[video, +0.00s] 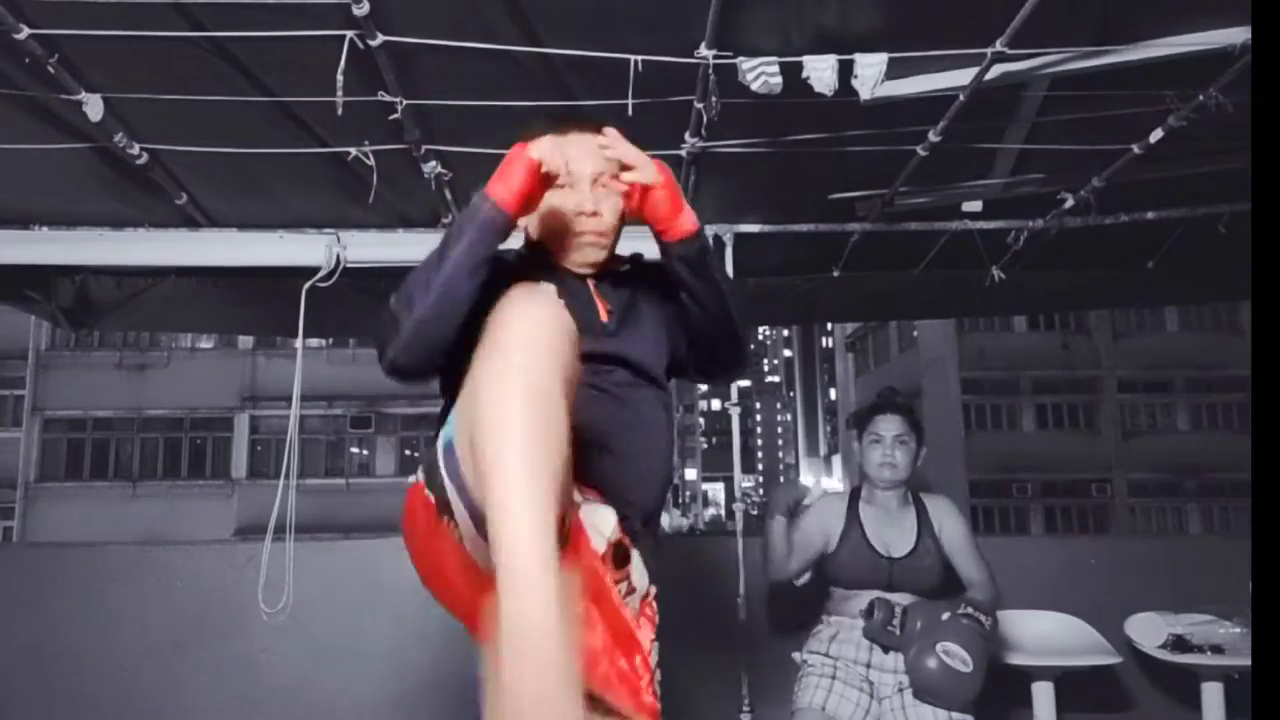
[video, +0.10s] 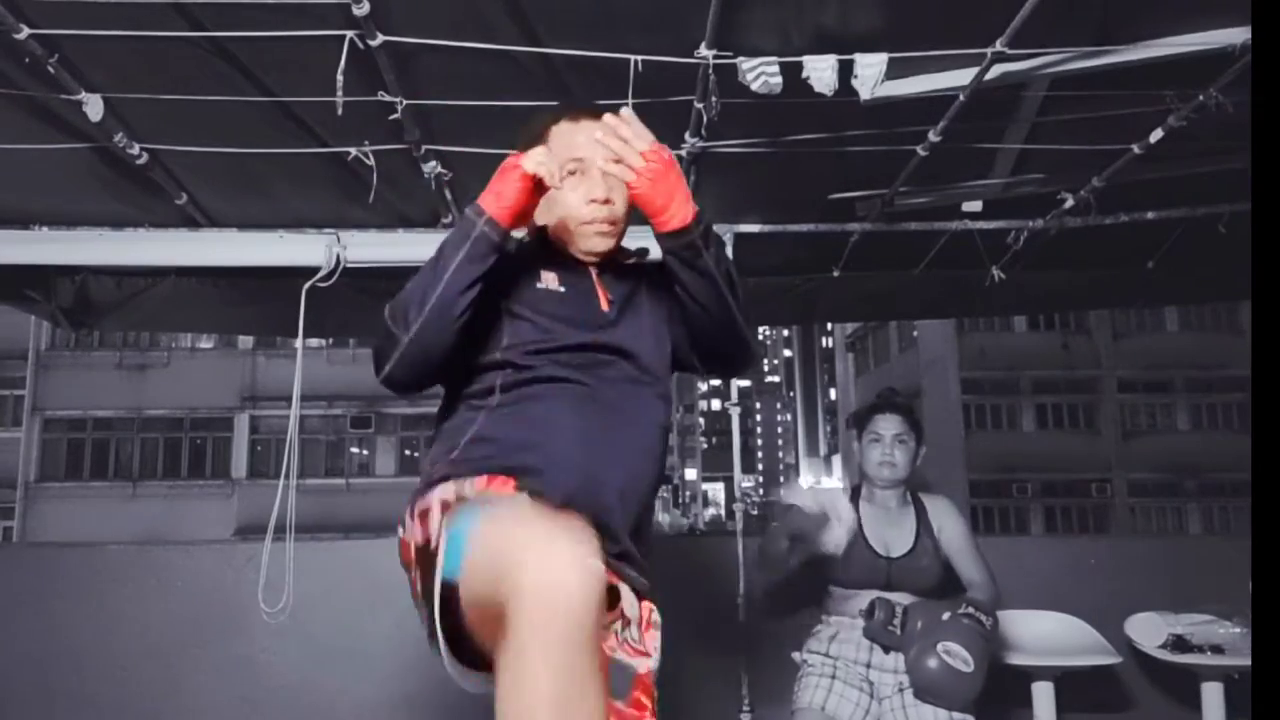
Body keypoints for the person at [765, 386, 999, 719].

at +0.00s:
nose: (888, 452)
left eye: (900, 442)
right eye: (875, 441)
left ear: (918, 455)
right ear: (858, 452)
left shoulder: (939, 512)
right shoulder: (830, 511)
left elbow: (982, 588)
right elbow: (780, 570)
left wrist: (965, 622)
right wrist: (777, 510)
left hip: (922, 665)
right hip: (839, 662)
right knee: (820, 712)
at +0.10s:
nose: (887, 451)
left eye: (900, 441)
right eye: (875, 441)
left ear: (918, 454)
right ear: (857, 451)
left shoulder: (938, 512)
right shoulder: (832, 509)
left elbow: (983, 589)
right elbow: (772, 570)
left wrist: (967, 620)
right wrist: (784, 526)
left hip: (921, 666)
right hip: (839, 662)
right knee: (820, 712)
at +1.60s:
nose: (886, 452)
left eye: (899, 444)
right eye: (875, 439)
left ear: (914, 458)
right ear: (854, 447)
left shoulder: (935, 518)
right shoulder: (826, 514)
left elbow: (983, 587)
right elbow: (789, 579)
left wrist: (977, 615)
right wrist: (781, 507)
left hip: (920, 668)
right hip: (841, 665)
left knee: (937, 715)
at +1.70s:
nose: (886, 451)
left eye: (899, 443)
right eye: (875, 440)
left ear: (913, 458)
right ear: (855, 448)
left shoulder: (935, 518)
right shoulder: (827, 514)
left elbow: (983, 587)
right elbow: (785, 571)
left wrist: (979, 615)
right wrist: (775, 508)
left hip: (920, 664)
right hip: (840, 661)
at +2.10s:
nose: (886, 451)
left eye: (899, 443)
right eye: (874, 440)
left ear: (912, 457)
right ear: (853, 450)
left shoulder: (934, 516)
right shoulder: (823, 514)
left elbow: (984, 587)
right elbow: (762, 573)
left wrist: (972, 619)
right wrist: (782, 560)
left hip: (922, 664)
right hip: (839, 662)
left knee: (938, 715)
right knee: (821, 712)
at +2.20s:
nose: (885, 451)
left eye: (897, 443)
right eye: (873, 440)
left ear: (910, 457)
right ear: (852, 450)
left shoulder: (932, 517)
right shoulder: (823, 515)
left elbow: (983, 587)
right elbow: (778, 579)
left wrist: (976, 615)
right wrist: (763, 538)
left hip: (921, 665)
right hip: (838, 662)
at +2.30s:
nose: (883, 451)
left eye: (895, 443)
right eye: (871, 440)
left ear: (909, 456)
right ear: (850, 450)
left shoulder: (932, 517)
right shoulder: (820, 516)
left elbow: (983, 586)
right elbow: (761, 572)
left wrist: (973, 620)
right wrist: (772, 535)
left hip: (921, 669)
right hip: (840, 667)